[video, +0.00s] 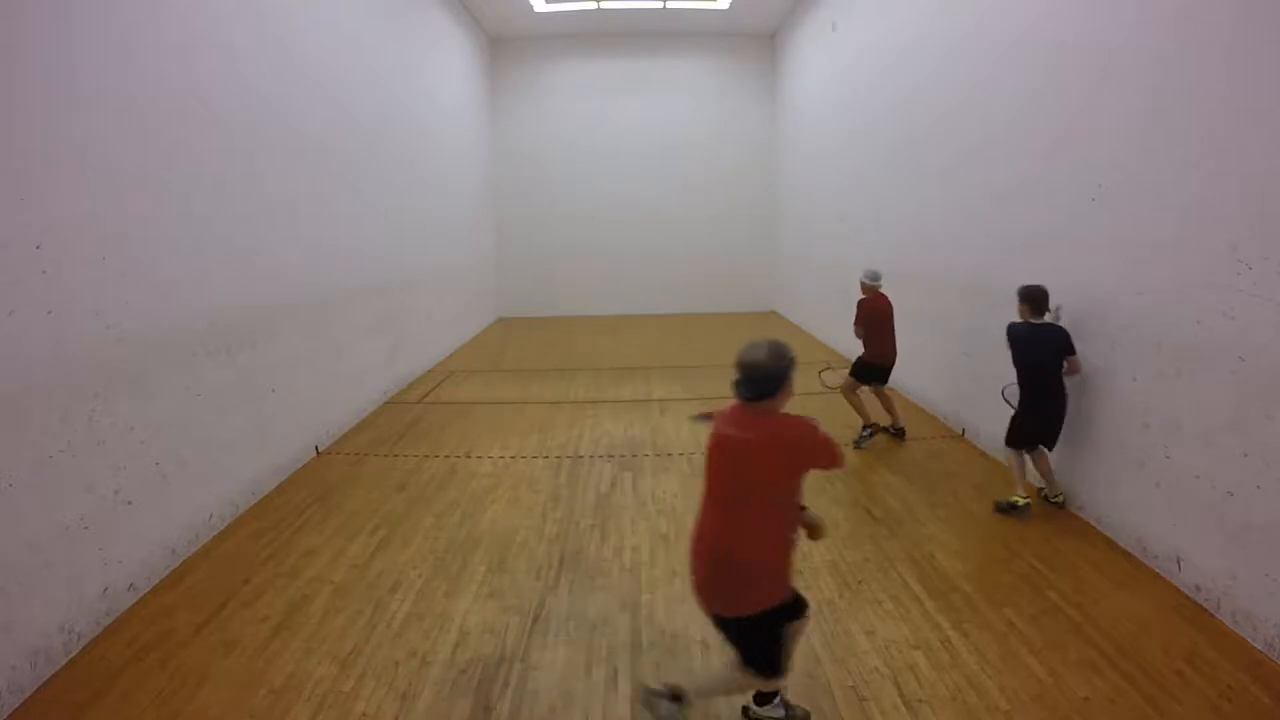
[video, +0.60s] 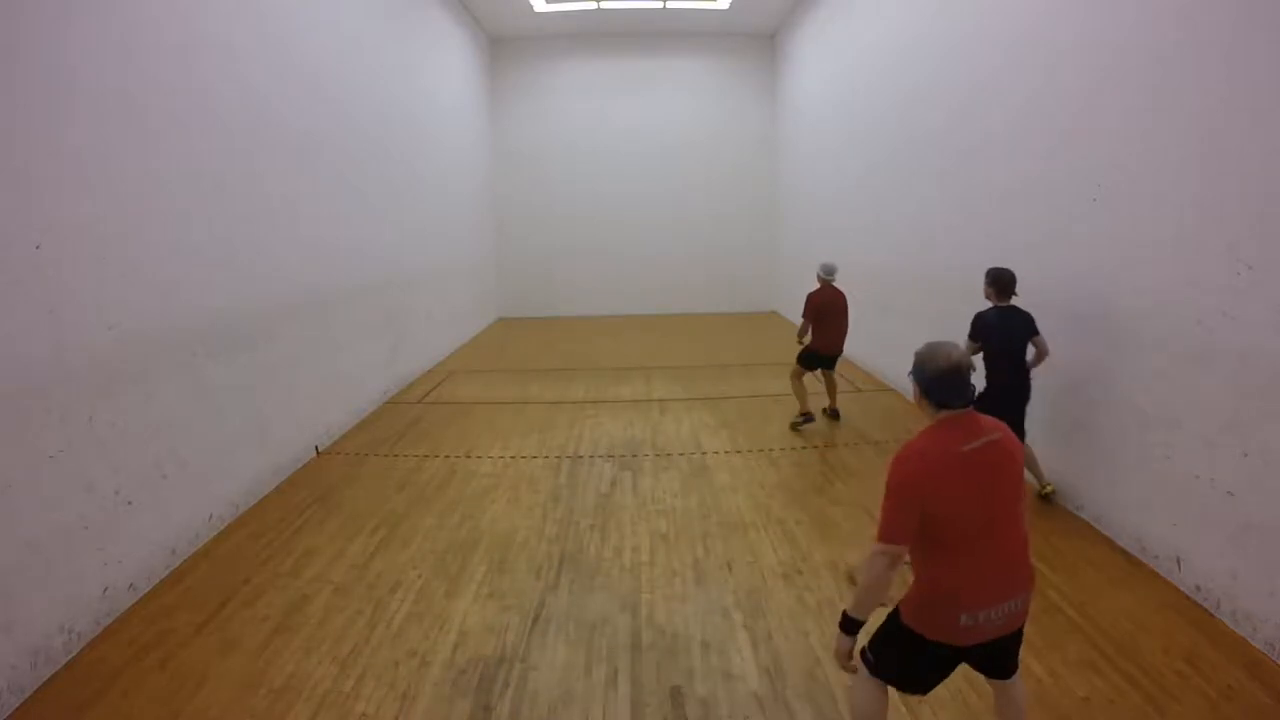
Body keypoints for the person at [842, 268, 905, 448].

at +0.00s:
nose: (860, 286)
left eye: (862, 284)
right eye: (861, 283)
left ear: (865, 285)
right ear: (878, 285)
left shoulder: (864, 303)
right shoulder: (885, 301)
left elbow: (858, 332)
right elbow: (884, 327)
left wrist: (874, 331)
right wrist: (867, 330)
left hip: (871, 357)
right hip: (889, 357)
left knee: (847, 389)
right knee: (877, 389)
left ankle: (868, 425)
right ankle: (897, 425)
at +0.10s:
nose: (855, 286)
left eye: (857, 283)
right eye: (857, 283)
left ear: (859, 284)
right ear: (873, 284)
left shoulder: (857, 301)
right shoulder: (880, 299)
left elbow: (852, 331)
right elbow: (881, 324)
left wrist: (862, 319)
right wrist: (863, 321)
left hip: (865, 355)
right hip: (883, 356)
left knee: (843, 381)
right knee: (879, 388)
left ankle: (853, 419)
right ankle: (897, 425)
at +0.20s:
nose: (847, 280)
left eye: (848, 278)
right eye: (850, 278)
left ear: (849, 279)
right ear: (865, 280)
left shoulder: (847, 297)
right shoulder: (872, 296)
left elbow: (842, 327)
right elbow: (871, 320)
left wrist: (855, 315)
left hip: (855, 351)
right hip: (874, 351)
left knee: (830, 381)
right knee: (866, 384)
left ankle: (831, 417)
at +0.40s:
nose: (830, 274)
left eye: (831, 272)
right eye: (835, 272)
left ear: (832, 273)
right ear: (847, 274)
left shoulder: (827, 294)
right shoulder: (855, 294)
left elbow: (818, 321)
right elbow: (858, 322)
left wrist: (829, 311)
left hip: (831, 347)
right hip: (850, 347)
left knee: (819, 382)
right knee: (844, 376)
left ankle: (826, 422)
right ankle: (860, 410)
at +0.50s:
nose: (824, 274)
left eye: (824, 272)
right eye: (829, 272)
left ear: (825, 273)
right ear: (841, 274)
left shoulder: (821, 294)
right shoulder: (848, 294)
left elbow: (811, 325)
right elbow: (851, 322)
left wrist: (824, 329)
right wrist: (824, 325)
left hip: (824, 346)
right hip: (843, 347)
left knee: (808, 377)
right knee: (833, 373)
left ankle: (819, 413)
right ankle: (835, 408)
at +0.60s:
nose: (817, 277)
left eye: (818, 275)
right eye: (820, 275)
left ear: (818, 276)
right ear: (834, 278)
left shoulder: (814, 297)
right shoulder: (840, 296)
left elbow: (806, 324)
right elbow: (842, 324)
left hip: (817, 348)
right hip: (836, 349)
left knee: (796, 375)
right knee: (828, 372)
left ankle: (805, 412)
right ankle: (833, 408)